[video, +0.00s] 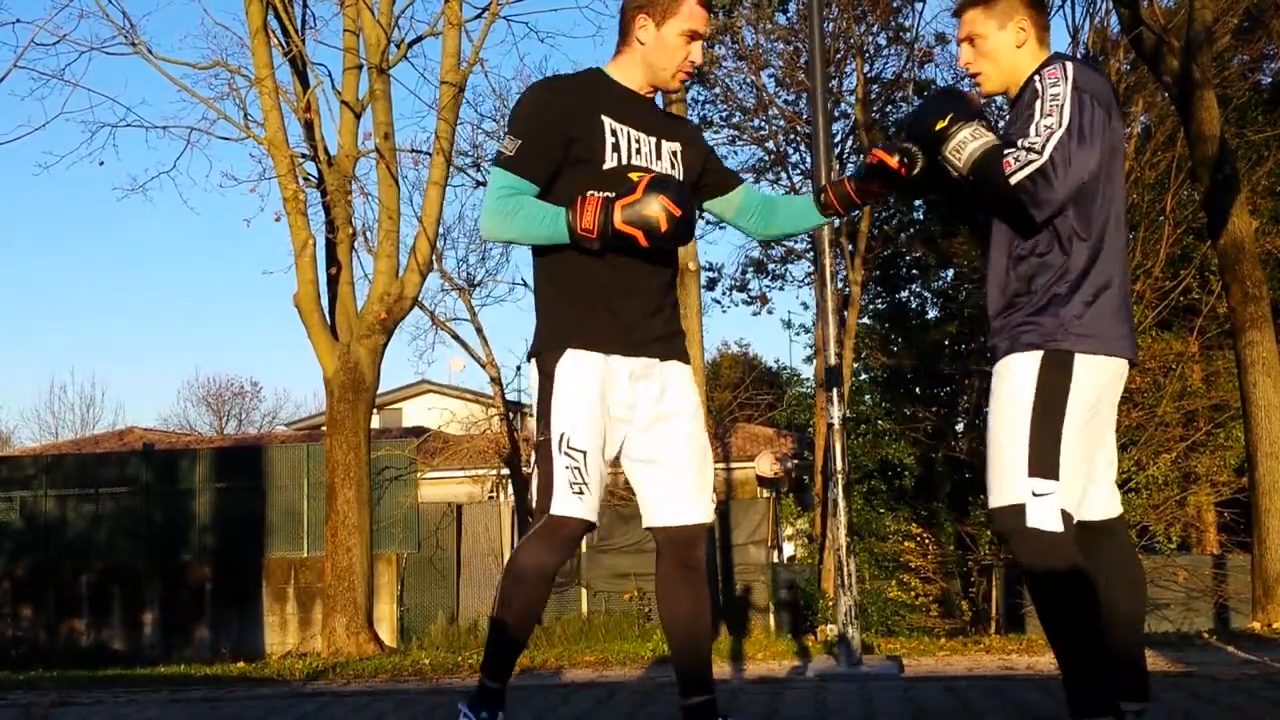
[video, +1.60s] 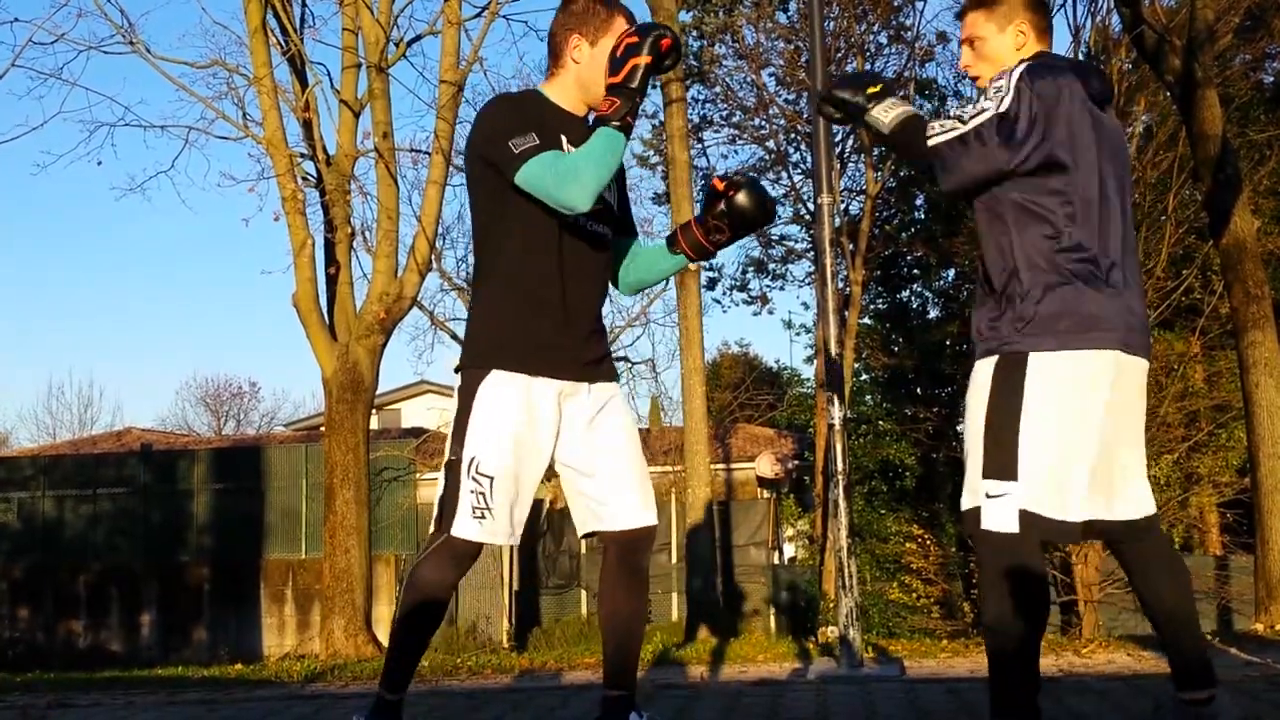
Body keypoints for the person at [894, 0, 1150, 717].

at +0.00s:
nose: (962, 60)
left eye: (970, 41)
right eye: (960, 45)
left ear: (1021, 32)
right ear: (1019, 37)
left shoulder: (1065, 83)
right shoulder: (1040, 101)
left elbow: (1033, 192)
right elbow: (993, 201)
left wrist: (962, 133)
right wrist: (930, 158)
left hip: (1054, 332)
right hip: (1083, 331)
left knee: (1026, 514)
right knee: (1092, 511)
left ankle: (1095, 705)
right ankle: (1128, 698)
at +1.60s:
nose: (961, 58)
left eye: (971, 40)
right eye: (960, 44)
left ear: (1022, 33)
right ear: (1034, 38)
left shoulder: (1031, 91)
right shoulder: (1098, 106)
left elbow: (947, 159)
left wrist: (884, 112)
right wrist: (899, 119)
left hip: (1039, 335)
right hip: (1116, 331)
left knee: (1002, 522)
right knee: (1124, 508)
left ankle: (1013, 710)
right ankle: (1198, 686)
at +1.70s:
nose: (934, 50)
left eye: (940, 37)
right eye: (935, 39)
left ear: (979, 30)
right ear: (1015, 32)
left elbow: (839, 100)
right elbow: (1100, 219)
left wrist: (722, 86)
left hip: (1032, 322)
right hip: (1120, 324)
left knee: (1001, 521)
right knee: (1115, 504)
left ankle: (1009, 709)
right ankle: (1191, 677)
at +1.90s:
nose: (902, 54)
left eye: (909, 35)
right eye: (901, 38)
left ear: (954, 25)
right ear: (978, 26)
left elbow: (851, 146)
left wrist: (774, 107)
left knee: (982, 533)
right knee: (1126, 517)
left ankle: (1009, 716)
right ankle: (1183, 697)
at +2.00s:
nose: (895, 61)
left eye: (904, 43)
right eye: (894, 45)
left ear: (953, 35)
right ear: (958, 34)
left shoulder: (977, 88)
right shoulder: (1045, 98)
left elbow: (928, 190)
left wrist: (847, 139)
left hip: (1011, 340)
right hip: (1085, 333)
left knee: (970, 535)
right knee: (1110, 518)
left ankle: (1012, 717)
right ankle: (1183, 692)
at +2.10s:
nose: (894, 65)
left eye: (901, 45)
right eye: (892, 49)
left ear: (951, 36)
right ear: (955, 37)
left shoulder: (994, 90)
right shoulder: (1018, 93)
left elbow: (959, 208)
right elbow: (960, 224)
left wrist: (890, 147)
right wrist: (890, 158)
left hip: (1019, 342)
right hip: (1076, 339)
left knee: (971, 536)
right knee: (1099, 518)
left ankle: (1012, 718)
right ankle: (1182, 693)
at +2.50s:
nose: (907, 61)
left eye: (918, 43)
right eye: (907, 44)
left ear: (967, 38)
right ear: (967, 37)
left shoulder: (1002, 85)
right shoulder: (1027, 93)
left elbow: (962, 191)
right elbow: (955, 216)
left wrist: (913, 138)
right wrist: (906, 144)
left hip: (1008, 340)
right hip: (1059, 339)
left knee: (922, 514)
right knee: (1088, 524)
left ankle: (954, 714)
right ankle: (1155, 702)